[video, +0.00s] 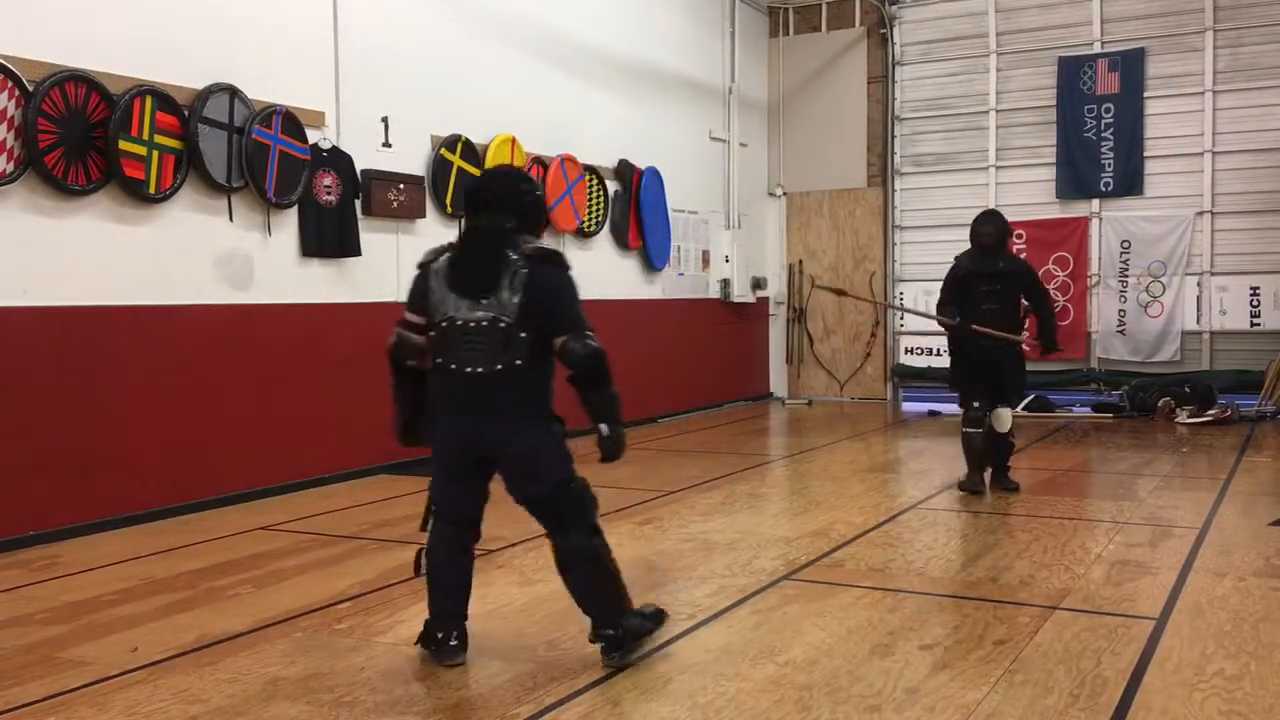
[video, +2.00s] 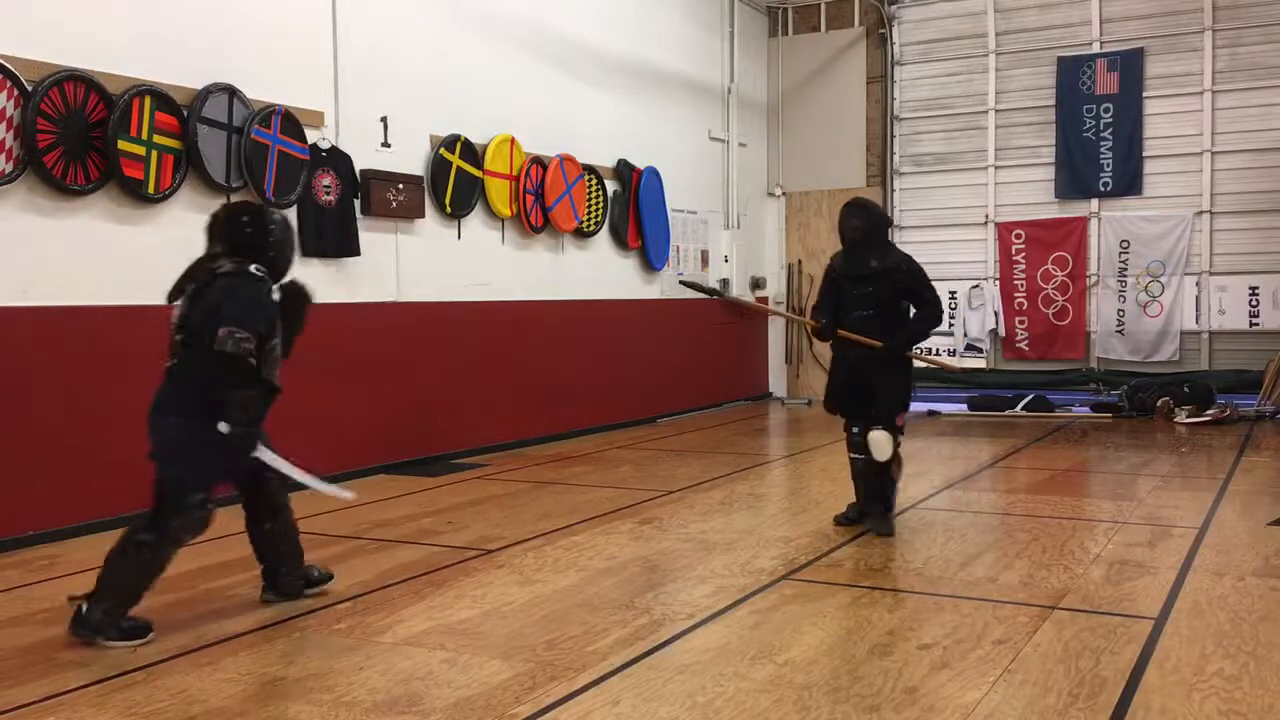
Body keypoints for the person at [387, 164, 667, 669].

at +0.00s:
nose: (544, 219)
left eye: (540, 209)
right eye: (538, 209)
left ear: (475, 212)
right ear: (526, 215)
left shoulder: (435, 268)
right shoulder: (542, 270)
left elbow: (409, 346)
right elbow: (581, 352)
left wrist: (411, 412)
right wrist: (607, 416)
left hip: (454, 423)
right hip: (521, 424)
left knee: (451, 526)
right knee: (570, 519)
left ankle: (445, 633)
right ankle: (614, 623)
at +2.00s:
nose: (287, 249)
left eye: (283, 239)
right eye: (281, 240)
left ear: (229, 243)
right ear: (264, 245)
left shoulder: (211, 280)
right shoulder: (247, 290)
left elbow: (262, 356)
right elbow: (234, 364)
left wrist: (286, 319)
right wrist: (242, 421)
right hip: (196, 421)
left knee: (264, 483)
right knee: (177, 516)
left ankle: (285, 574)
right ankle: (102, 610)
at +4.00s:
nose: (397, 246)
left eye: (394, 235)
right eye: (392, 236)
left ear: (310, 235)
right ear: (373, 239)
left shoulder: (261, 288)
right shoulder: (377, 293)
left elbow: (243, 383)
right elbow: (423, 404)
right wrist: (447, 482)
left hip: (231, 467)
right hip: (320, 476)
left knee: (265, 560)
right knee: (380, 579)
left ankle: (251, 688)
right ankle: (355, 705)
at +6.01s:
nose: (546, 195)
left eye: (550, 185)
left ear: (556, 191)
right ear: (633, 182)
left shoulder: (547, 263)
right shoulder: (676, 239)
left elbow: (502, 346)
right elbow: (697, 215)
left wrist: (522, 253)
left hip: (600, 476)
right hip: (686, 471)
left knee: (537, 601)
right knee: (629, 603)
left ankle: (573, 707)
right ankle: (632, 708)